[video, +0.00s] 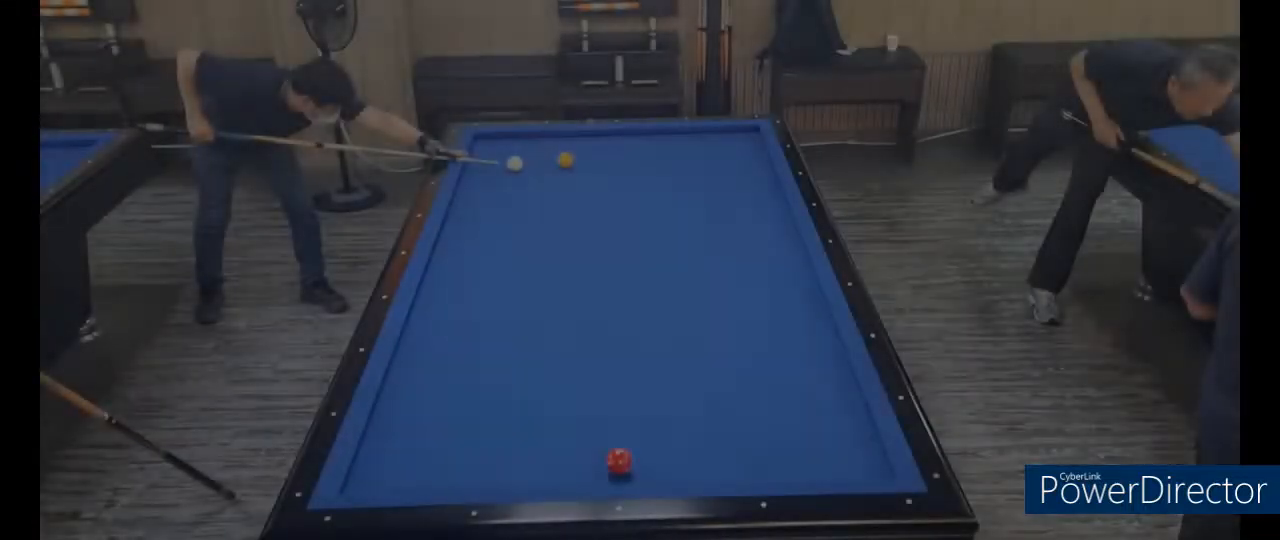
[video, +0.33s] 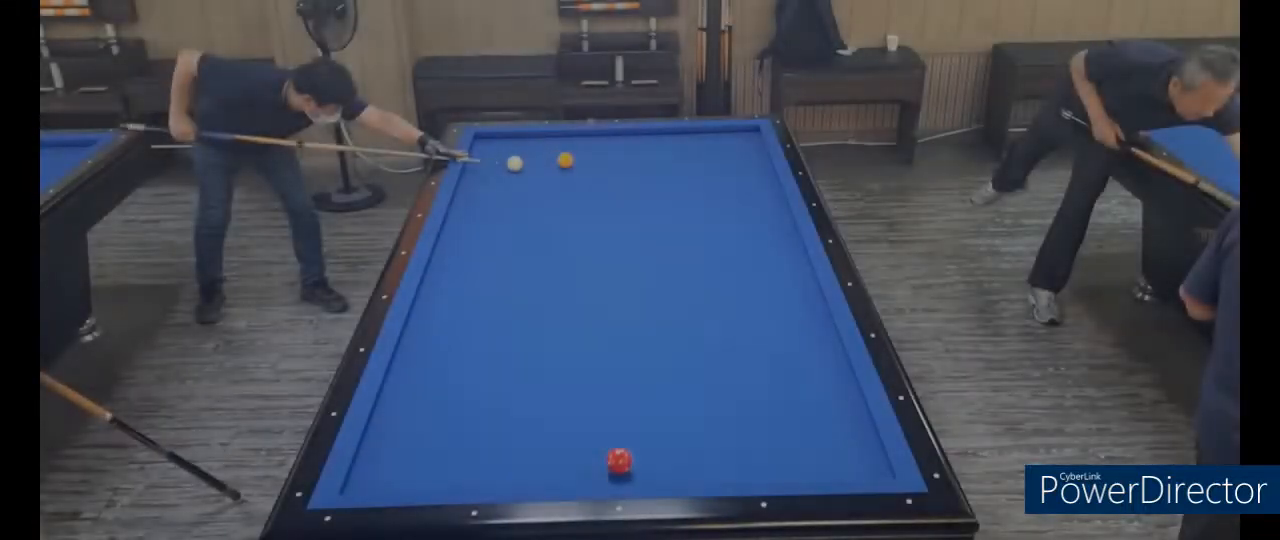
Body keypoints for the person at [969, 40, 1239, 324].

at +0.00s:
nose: (1208, 114)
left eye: (1214, 106)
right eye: (1202, 106)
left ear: (1223, 94)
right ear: (1175, 86)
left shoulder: (1222, 104)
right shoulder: (1138, 63)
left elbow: (1233, 152)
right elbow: (1078, 64)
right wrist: (1099, 119)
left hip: (1142, 146)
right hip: (1096, 133)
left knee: (1166, 201)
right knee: (1079, 202)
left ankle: (1159, 284)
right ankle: (1044, 287)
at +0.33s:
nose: (1208, 114)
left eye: (1215, 106)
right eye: (1202, 105)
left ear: (1225, 95)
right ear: (1176, 86)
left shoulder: (1222, 105)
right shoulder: (1135, 63)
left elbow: (1235, 151)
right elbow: (1078, 63)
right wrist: (1099, 118)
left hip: (1128, 136)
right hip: (1077, 112)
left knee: (1169, 198)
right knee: (1036, 144)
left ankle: (1160, 284)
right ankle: (1003, 181)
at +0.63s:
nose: (1214, 114)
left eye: (1221, 106)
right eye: (1207, 105)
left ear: (1229, 95)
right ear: (1177, 87)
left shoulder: (1225, 106)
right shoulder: (1137, 67)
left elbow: (1235, 149)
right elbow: (1075, 80)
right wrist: (1106, 129)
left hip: (1124, 130)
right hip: (1078, 108)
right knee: (1033, 137)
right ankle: (1000, 172)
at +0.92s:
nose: (1222, 110)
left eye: (1227, 102)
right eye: (1217, 100)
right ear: (1186, 83)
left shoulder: (1224, 107)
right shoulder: (1143, 65)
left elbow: (1236, 144)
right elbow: (1069, 74)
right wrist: (1080, 130)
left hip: (1133, 143)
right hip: (1087, 119)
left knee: (1165, 203)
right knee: (1029, 126)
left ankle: (1156, 283)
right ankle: (998, 144)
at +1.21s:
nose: (1236, 90)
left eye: (1240, 81)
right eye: (1236, 77)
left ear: (1216, 64)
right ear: (1212, 61)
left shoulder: (1219, 102)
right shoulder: (1158, 52)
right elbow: (1070, 56)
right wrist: (1083, 108)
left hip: (1118, 134)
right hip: (1074, 106)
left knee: (1081, 207)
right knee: (1025, 120)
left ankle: (1043, 286)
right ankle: (1009, 118)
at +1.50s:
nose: (1243, 63)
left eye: (1245, 54)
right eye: (1244, 52)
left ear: (1236, 42)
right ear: (1235, 39)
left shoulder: (1220, 69)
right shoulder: (1181, 41)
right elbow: (1118, 78)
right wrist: (1178, 115)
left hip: (1117, 131)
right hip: (1081, 101)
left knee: (1085, 208)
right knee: (1031, 142)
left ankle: (1046, 286)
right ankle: (991, 179)